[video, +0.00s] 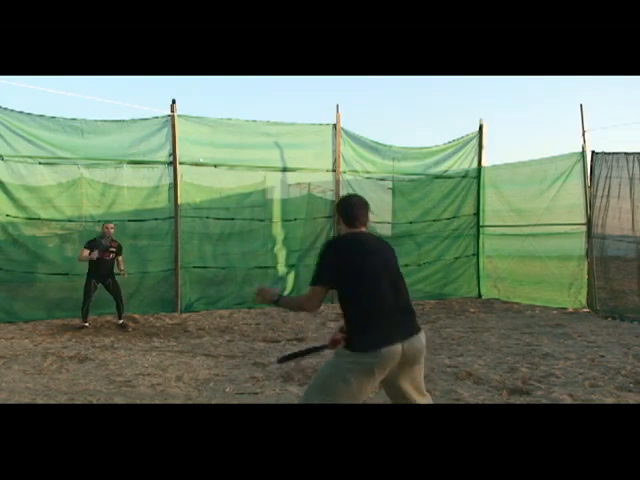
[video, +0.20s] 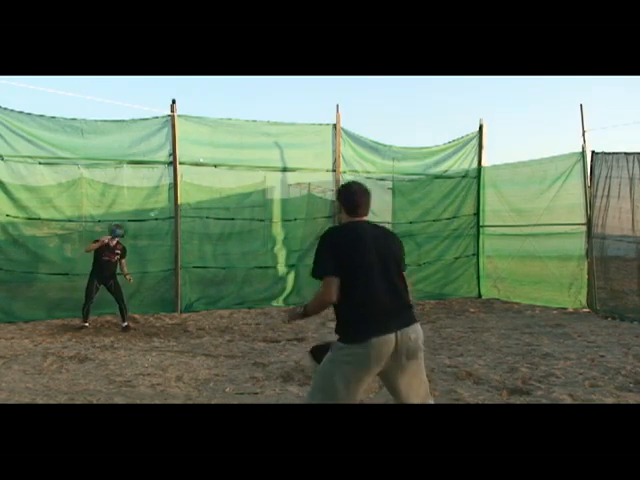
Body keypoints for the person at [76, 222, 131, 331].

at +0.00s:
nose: (109, 231)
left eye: (111, 228)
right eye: (107, 228)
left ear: (114, 230)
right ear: (103, 229)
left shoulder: (117, 246)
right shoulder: (93, 243)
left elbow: (119, 259)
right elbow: (81, 257)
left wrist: (121, 269)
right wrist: (90, 256)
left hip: (108, 275)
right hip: (94, 275)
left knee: (118, 297)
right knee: (87, 298)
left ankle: (120, 320)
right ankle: (85, 322)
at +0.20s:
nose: (114, 240)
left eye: (116, 238)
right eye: (112, 237)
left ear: (119, 238)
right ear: (109, 236)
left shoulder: (121, 248)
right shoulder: (101, 243)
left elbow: (122, 263)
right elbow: (88, 249)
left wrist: (125, 274)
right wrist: (101, 243)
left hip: (110, 277)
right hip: (96, 276)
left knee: (120, 300)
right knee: (89, 299)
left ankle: (125, 323)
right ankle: (85, 322)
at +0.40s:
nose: (123, 232)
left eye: (125, 230)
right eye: (121, 229)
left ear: (128, 232)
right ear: (118, 231)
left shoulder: (128, 248)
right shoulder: (109, 242)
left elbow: (126, 263)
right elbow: (104, 242)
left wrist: (130, 275)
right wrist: (117, 237)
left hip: (116, 275)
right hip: (102, 274)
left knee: (123, 299)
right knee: (92, 297)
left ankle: (125, 322)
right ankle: (86, 321)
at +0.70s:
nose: (124, 229)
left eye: (126, 227)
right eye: (121, 226)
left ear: (128, 229)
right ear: (118, 228)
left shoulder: (129, 245)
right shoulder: (109, 239)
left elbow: (129, 259)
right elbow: (102, 252)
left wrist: (132, 270)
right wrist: (117, 254)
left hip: (118, 274)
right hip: (104, 273)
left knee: (124, 298)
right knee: (94, 295)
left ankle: (125, 323)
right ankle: (85, 320)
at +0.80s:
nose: (120, 229)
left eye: (122, 227)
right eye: (118, 227)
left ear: (125, 229)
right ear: (114, 228)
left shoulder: (127, 245)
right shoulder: (105, 242)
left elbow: (128, 259)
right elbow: (96, 257)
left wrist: (131, 268)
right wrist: (108, 263)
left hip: (117, 276)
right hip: (103, 275)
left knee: (124, 298)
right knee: (91, 297)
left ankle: (126, 323)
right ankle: (83, 321)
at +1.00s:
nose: (108, 231)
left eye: (110, 228)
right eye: (105, 228)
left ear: (112, 230)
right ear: (101, 230)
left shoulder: (116, 246)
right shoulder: (92, 244)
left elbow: (119, 262)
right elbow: (84, 260)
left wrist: (118, 266)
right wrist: (94, 269)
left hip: (109, 275)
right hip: (95, 275)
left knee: (119, 299)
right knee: (83, 299)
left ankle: (124, 323)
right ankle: (79, 323)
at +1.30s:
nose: (98, 229)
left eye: (100, 227)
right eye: (95, 227)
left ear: (103, 229)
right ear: (92, 228)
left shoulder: (108, 244)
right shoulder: (83, 243)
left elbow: (110, 257)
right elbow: (75, 259)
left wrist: (112, 265)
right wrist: (84, 263)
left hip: (102, 275)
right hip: (88, 275)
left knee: (112, 298)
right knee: (80, 298)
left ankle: (118, 321)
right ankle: (78, 322)